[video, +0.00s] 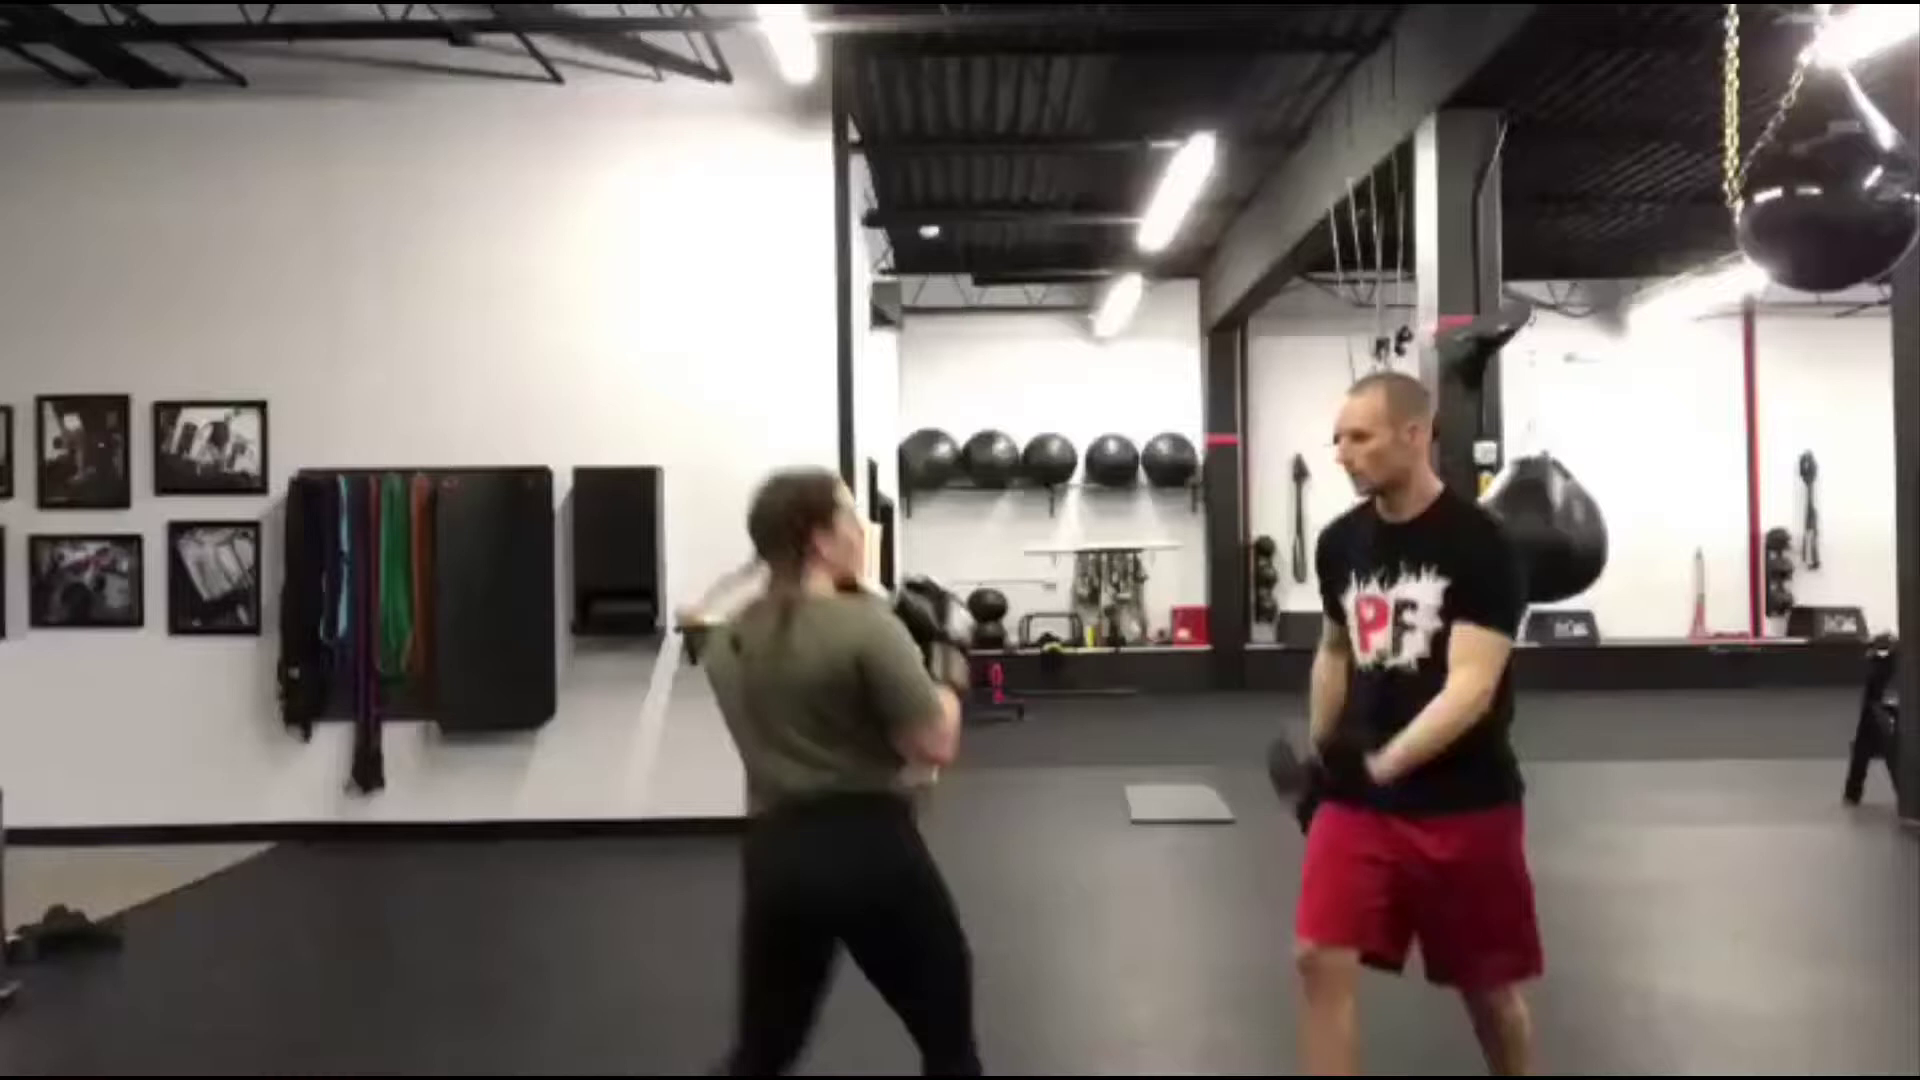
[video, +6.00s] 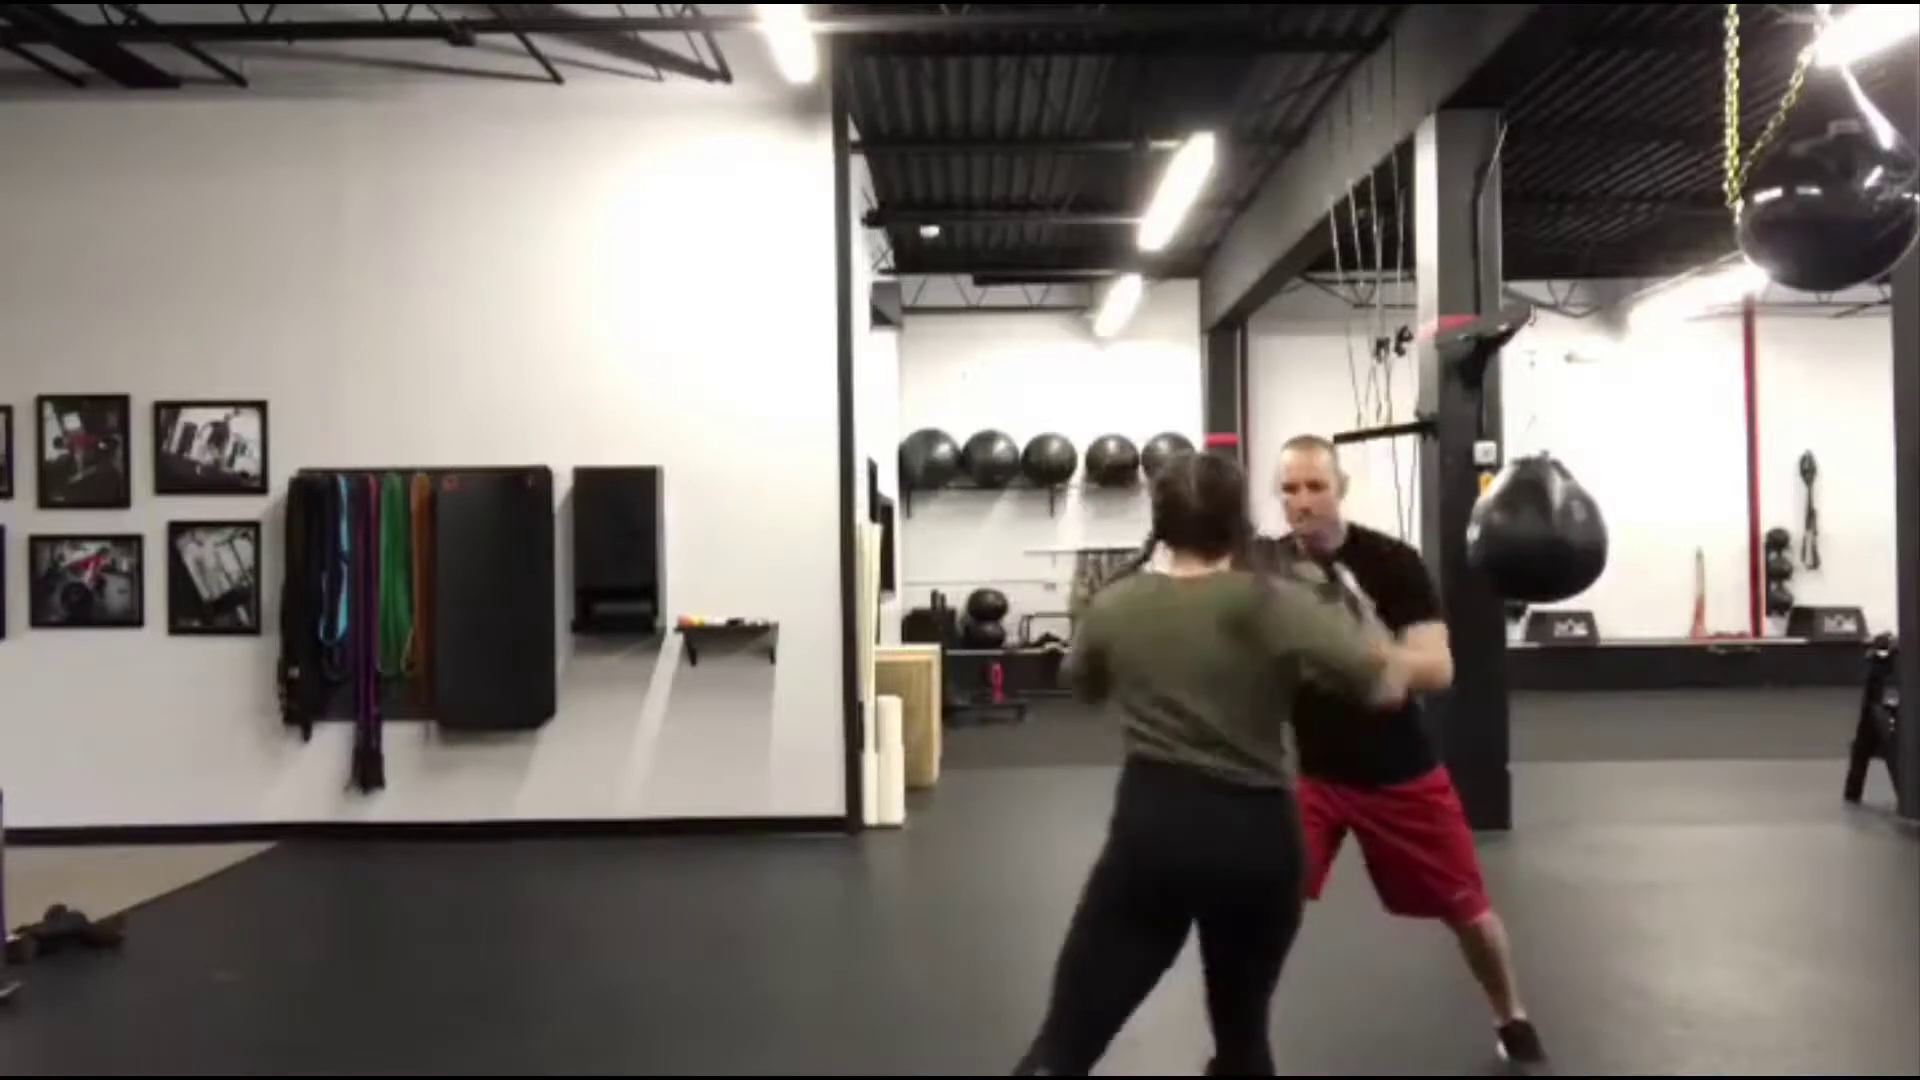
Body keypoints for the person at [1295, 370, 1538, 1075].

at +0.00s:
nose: (1343, 452)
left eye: (1359, 438)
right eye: (1339, 438)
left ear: (1417, 436)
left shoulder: (1481, 543)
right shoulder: (1340, 542)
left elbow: (1471, 689)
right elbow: (1335, 651)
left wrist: (1379, 767)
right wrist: (1318, 748)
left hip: (1465, 808)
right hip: (1358, 801)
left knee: (1493, 995)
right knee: (1321, 963)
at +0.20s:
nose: (1345, 438)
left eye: (1360, 423)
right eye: (1341, 424)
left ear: (1415, 420)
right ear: (1344, 427)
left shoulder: (1475, 526)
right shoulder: (1334, 525)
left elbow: (1474, 666)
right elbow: (1317, 628)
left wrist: (1455, 794)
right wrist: (1283, 735)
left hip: (1452, 783)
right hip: (1349, 776)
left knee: (1490, 964)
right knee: (1302, 935)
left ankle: (1512, 1066)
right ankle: (1316, 1063)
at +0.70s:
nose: (1284, 460)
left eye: (1297, 446)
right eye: (1277, 447)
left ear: (1340, 443)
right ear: (1274, 450)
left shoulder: (1405, 532)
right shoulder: (1265, 545)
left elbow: (1452, 643)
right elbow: (1244, 644)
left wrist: (1424, 745)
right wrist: (1251, 725)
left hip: (1403, 761)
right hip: (1310, 766)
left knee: (1459, 916)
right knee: (1298, 917)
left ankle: (1511, 1055)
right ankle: (1283, 1054)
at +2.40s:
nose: (1365, 475)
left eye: (1379, 461)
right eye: (1356, 463)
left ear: (1415, 461)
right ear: (1347, 469)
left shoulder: (1464, 552)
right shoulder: (1323, 553)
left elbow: (1497, 669)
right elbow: (1282, 649)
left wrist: (1416, 717)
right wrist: (1277, 628)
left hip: (1452, 778)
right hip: (1347, 776)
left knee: (1509, 920)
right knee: (1307, 913)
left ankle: (1543, 1044)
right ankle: (1265, 1064)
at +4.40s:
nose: (1330, 501)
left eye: (1344, 489)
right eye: (1327, 489)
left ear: (1386, 493)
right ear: (1324, 494)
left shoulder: (1437, 567)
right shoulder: (1303, 572)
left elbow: (1462, 680)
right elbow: (1258, 672)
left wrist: (1417, 627)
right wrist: (1266, 648)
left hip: (1425, 777)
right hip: (1324, 774)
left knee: (1489, 914)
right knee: (1283, 906)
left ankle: (1509, 1027)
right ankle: (1245, 1053)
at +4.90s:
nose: (1293, 489)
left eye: (1307, 476)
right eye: (1286, 477)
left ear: (1342, 481)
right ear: (1277, 485)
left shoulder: (1388, 555)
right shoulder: (1263, 563)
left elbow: (1414, 643)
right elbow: (1228, 643)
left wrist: (1370, 548)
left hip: (1396, 772)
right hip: (1293, 774)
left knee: (1472, 908)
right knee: (1264, 906)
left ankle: (1500, 1017)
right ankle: (1241, 1052)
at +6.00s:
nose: (1301, 501)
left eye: (1314, 487)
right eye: (1289, 489)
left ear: (1342, 490)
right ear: (1278, 496)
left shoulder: (1391, 561)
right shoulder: (1266, 568)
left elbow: (1435, 665)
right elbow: (1234, 649)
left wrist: (1360, 660)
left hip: (1405, 778)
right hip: (1311, 778)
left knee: (1469, 914)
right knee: (1264, 914)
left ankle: (1514, 1022)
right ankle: (1235, 1047)